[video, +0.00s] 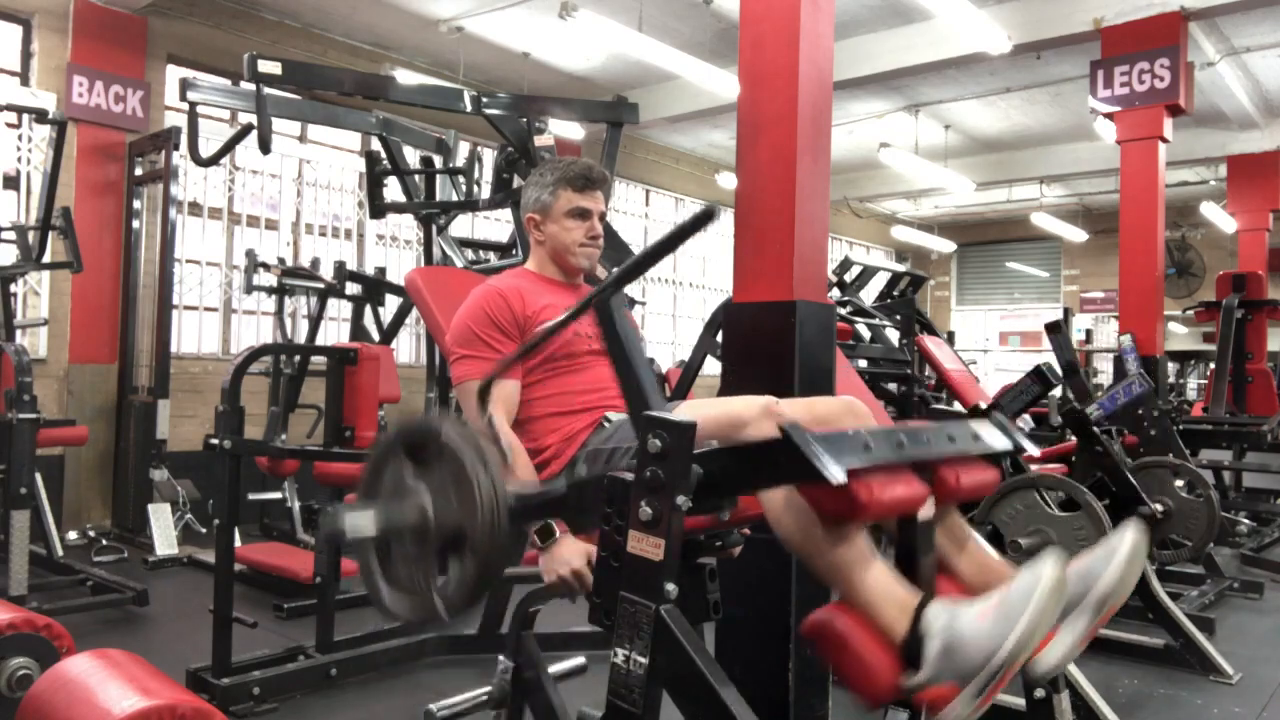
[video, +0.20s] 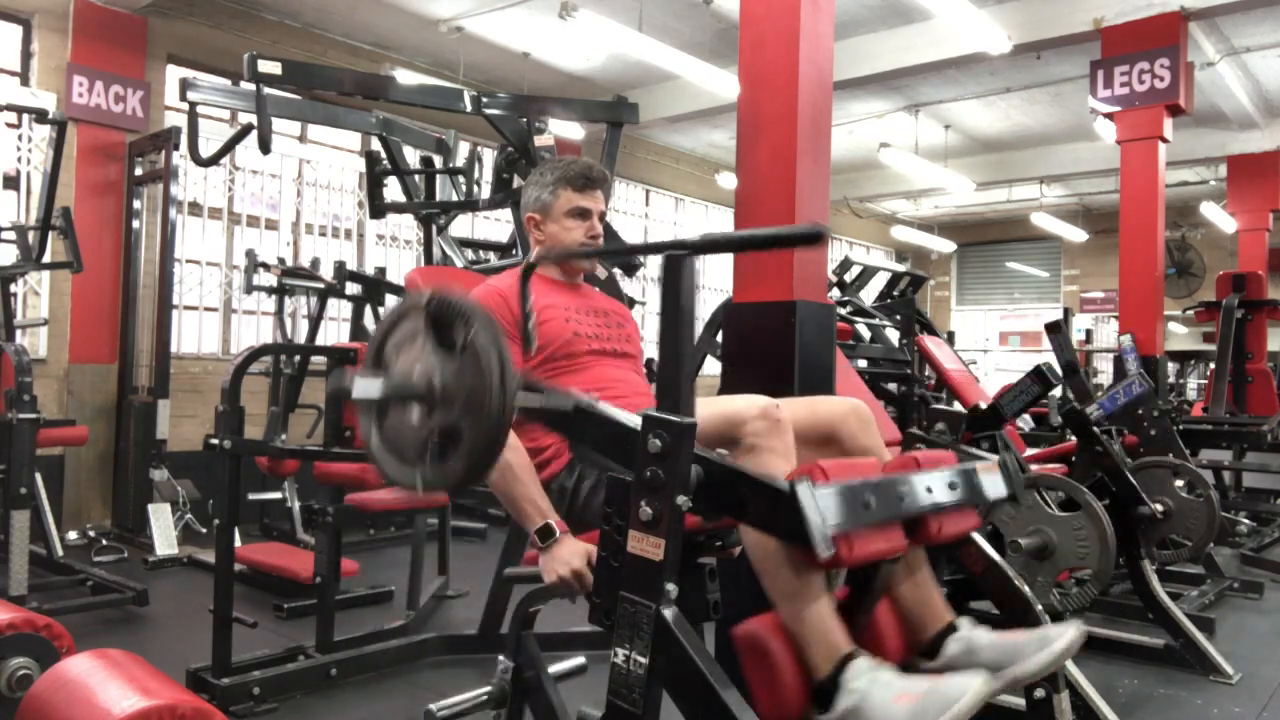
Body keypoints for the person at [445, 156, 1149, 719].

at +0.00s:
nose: (592, 236)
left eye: (598, 223)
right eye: (577, 221)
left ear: (598, 224)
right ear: (532, 224)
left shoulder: (597, 297)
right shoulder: (497, 299)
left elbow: (634, 388)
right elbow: (490, 427)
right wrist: (554, 531)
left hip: (655, 430)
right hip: (589, 456)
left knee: (844, 411)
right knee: (778, 420)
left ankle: (993, 585)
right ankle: (918, 628)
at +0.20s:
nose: (594, 229)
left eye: (599, 218)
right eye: (578, 216)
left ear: (599, 227)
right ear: (533, 223)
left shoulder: (608, 303)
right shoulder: (499, 297)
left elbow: (646, 403)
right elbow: (488, 427)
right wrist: (553, 536)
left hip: (661, 441)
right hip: (586, 465)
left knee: (850, 419)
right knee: (761, 424)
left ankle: (938, 636)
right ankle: (842, 679)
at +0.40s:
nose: (596, 227)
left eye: (598, 216)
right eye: (580, 215)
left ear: (595, 229)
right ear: (534, 227)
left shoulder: (611, 305)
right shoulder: (504, 294)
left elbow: (645, 397)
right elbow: (489, 433)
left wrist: (703, 431)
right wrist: (551, 538)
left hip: (650, 446)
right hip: (583, 468)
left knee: (849, 422)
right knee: (755, 419)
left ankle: (881, 644)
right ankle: (773, 676)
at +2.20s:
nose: (593, 235)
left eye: (600, 224)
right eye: (578, 221)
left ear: (601, 229)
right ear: (533, 222)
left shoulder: (611, 302)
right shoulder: (495, 300)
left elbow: (656, 399)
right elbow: (489, 427)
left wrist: (728, 413)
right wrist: (553, 536)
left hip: (665, 436)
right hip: (586, 457)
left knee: (851, 416)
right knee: (762, 428)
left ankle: (958, 632)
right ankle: (863, 677)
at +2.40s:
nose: (594, 239)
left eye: (599, 226)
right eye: (579, 224)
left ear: (599, 227)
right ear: (533, 224)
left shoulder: (600, 301)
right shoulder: (497, 300)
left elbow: (641, 395)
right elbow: (490, 439)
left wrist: (702, 410)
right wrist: (552, 534)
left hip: (657, 433)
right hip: (584, 460)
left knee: (848, 411)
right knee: (759, 422)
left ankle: (993, 612)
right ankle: (905, 657)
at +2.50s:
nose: (595, 237)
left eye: (600, 224)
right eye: (580, 222)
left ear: (597, 227)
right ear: (534, 225)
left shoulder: (593, 301)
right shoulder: (497, 301)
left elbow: (631, 394)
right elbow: (488, 430)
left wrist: (697, 414)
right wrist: (551, 530)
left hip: (652, 434)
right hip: (588, 457)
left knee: (823, 430)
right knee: (814, 411)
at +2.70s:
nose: (595, 236)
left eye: (602, 225)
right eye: (580, 221)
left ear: (604, 232)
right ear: (535, 224)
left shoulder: (610, 309)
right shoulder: (495, 303)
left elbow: (647, 404)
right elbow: (489, 434)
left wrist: (726, 423)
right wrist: (549, 536)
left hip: (653, 454)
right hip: (588, 470)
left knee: (797, 473)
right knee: (813, 411)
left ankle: (956, 606)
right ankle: (1043, 562)